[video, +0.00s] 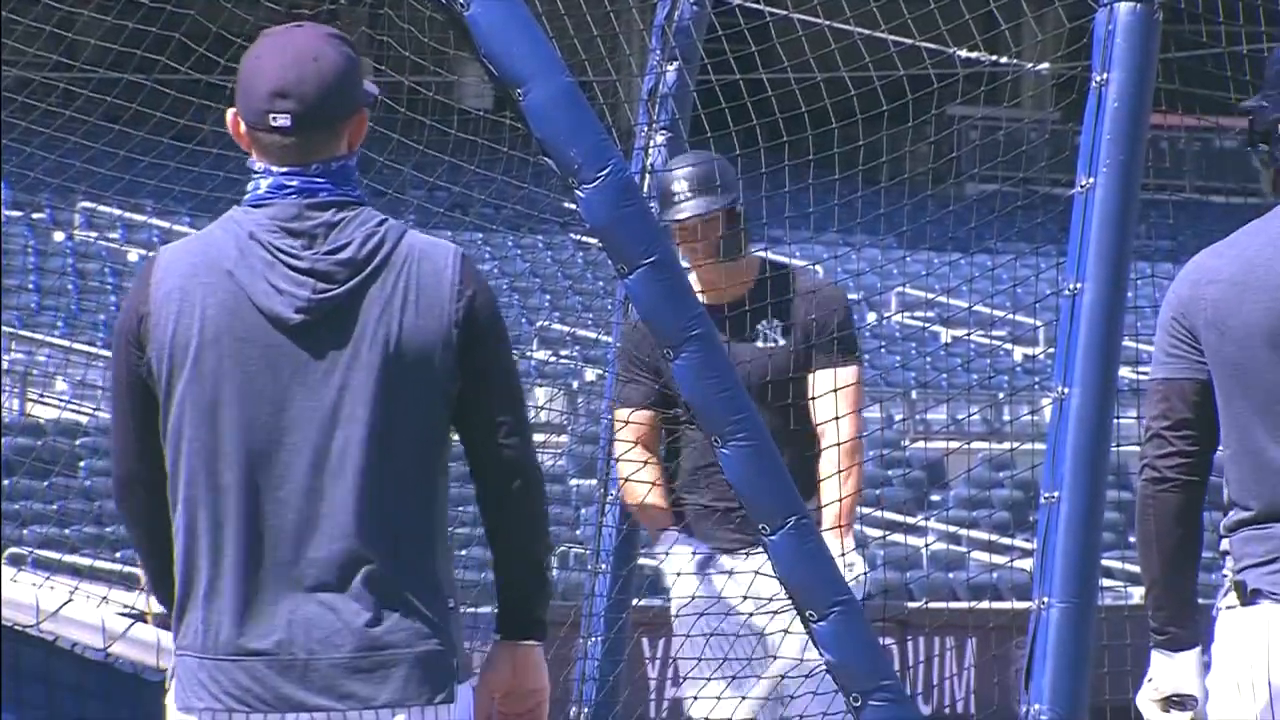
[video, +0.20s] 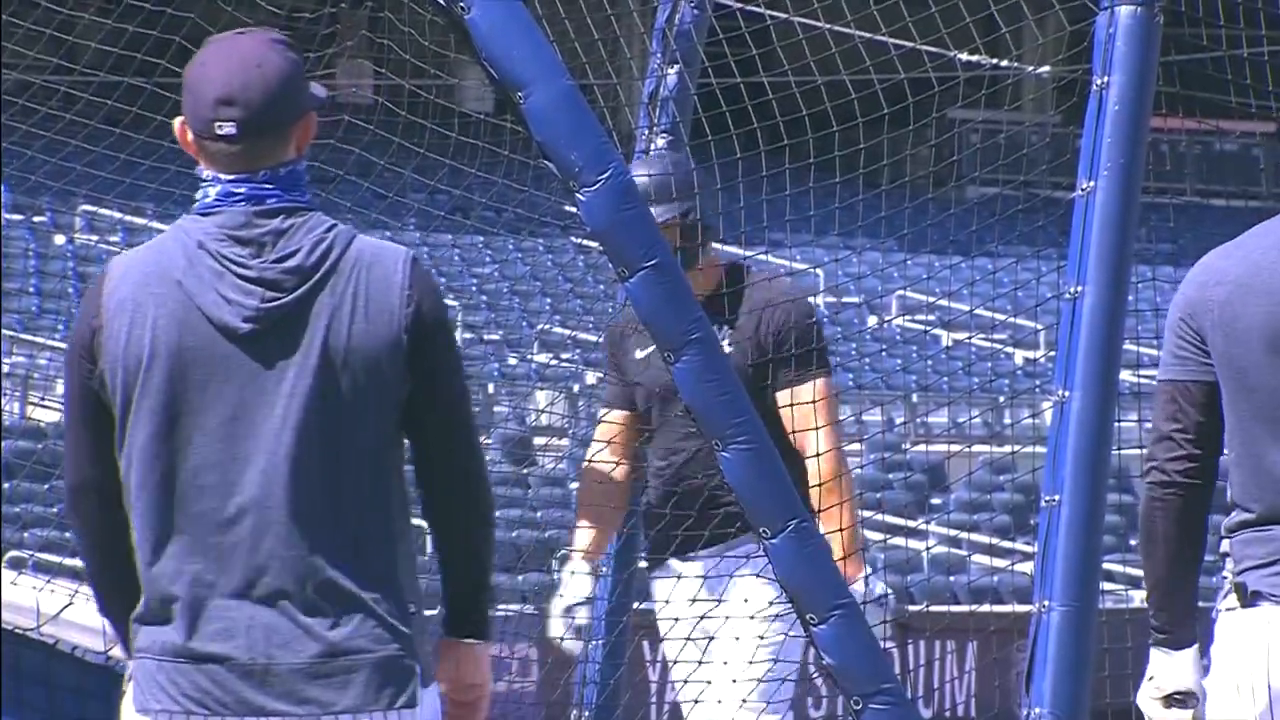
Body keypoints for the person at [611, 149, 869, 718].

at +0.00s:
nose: (688, 238)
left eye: (701, 222)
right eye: (675, 226)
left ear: (734, 218)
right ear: (662, 230)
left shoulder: (812, 303)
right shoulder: (651, 317)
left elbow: (840, 438)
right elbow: (631, 445)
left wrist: (830, 543)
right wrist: (669, 540)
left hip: (802, 553)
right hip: (700, 559)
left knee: (820, 708)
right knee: (715, 708)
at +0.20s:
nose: (645, 252)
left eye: (658, 234)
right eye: (634, 237)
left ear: (693, 228)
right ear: (620, 239)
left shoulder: (776, 307)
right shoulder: (630, 334)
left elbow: (819, 448)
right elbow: (611, 456)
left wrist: (849, 581)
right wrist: (580, 568)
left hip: (766, 557)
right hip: (671, 569)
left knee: (746, 706)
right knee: (705, 708)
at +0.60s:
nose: (690, 266)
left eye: (702, 249)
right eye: (677, 253)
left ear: (745, 233)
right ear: (667, 244)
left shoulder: (811, 304)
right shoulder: (675, 303)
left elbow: (868, 413)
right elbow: (675, 418)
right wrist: (670, 537)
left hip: (796, 542)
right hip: (712, 551)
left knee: (766, 705)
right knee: (721, 706)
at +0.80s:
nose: (719, 234)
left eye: (728, 217)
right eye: (711, 220)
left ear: (773, 203)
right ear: (707, 215)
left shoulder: (852, 287)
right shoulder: (725, 284)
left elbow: (889, 437)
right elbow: (723, 410)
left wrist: (912, 578)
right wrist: (690, 521)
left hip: (827, 546)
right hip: (728, 546)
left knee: (809, 705)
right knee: (693, 706)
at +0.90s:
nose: (696, 229)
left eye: (707, 210)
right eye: (686, 215)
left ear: (754, 196)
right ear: (680, 210)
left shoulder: (828, 279)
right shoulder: (700, 283)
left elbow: (857, 431)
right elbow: (690, 408)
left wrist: (851, 567)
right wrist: (635, 506)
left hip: (798, 545)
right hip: (698, 544)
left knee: (797, 706)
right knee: (642, 704)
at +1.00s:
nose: (668, 226)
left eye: (682, 207)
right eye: (655, 211)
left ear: (726, 195)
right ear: (645, 209)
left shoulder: (807, 279)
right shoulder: (665, 292)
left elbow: (826, 431)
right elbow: (648, 415)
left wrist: (791, 550)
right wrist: (575, 463)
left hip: (779, 547)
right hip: (675, 552)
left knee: (783, 708)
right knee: (617, 708)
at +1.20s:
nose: (575, 228)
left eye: (585, 207)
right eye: (566, 213)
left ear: (630, 195)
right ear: (559, 212)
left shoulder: (725, 278)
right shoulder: (578, 300)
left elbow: (753, 422)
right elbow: (531, 426)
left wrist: (692, 521)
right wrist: (478, 350)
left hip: (706, 567)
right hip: (596, 567)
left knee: (719, 709)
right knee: (572, 712)